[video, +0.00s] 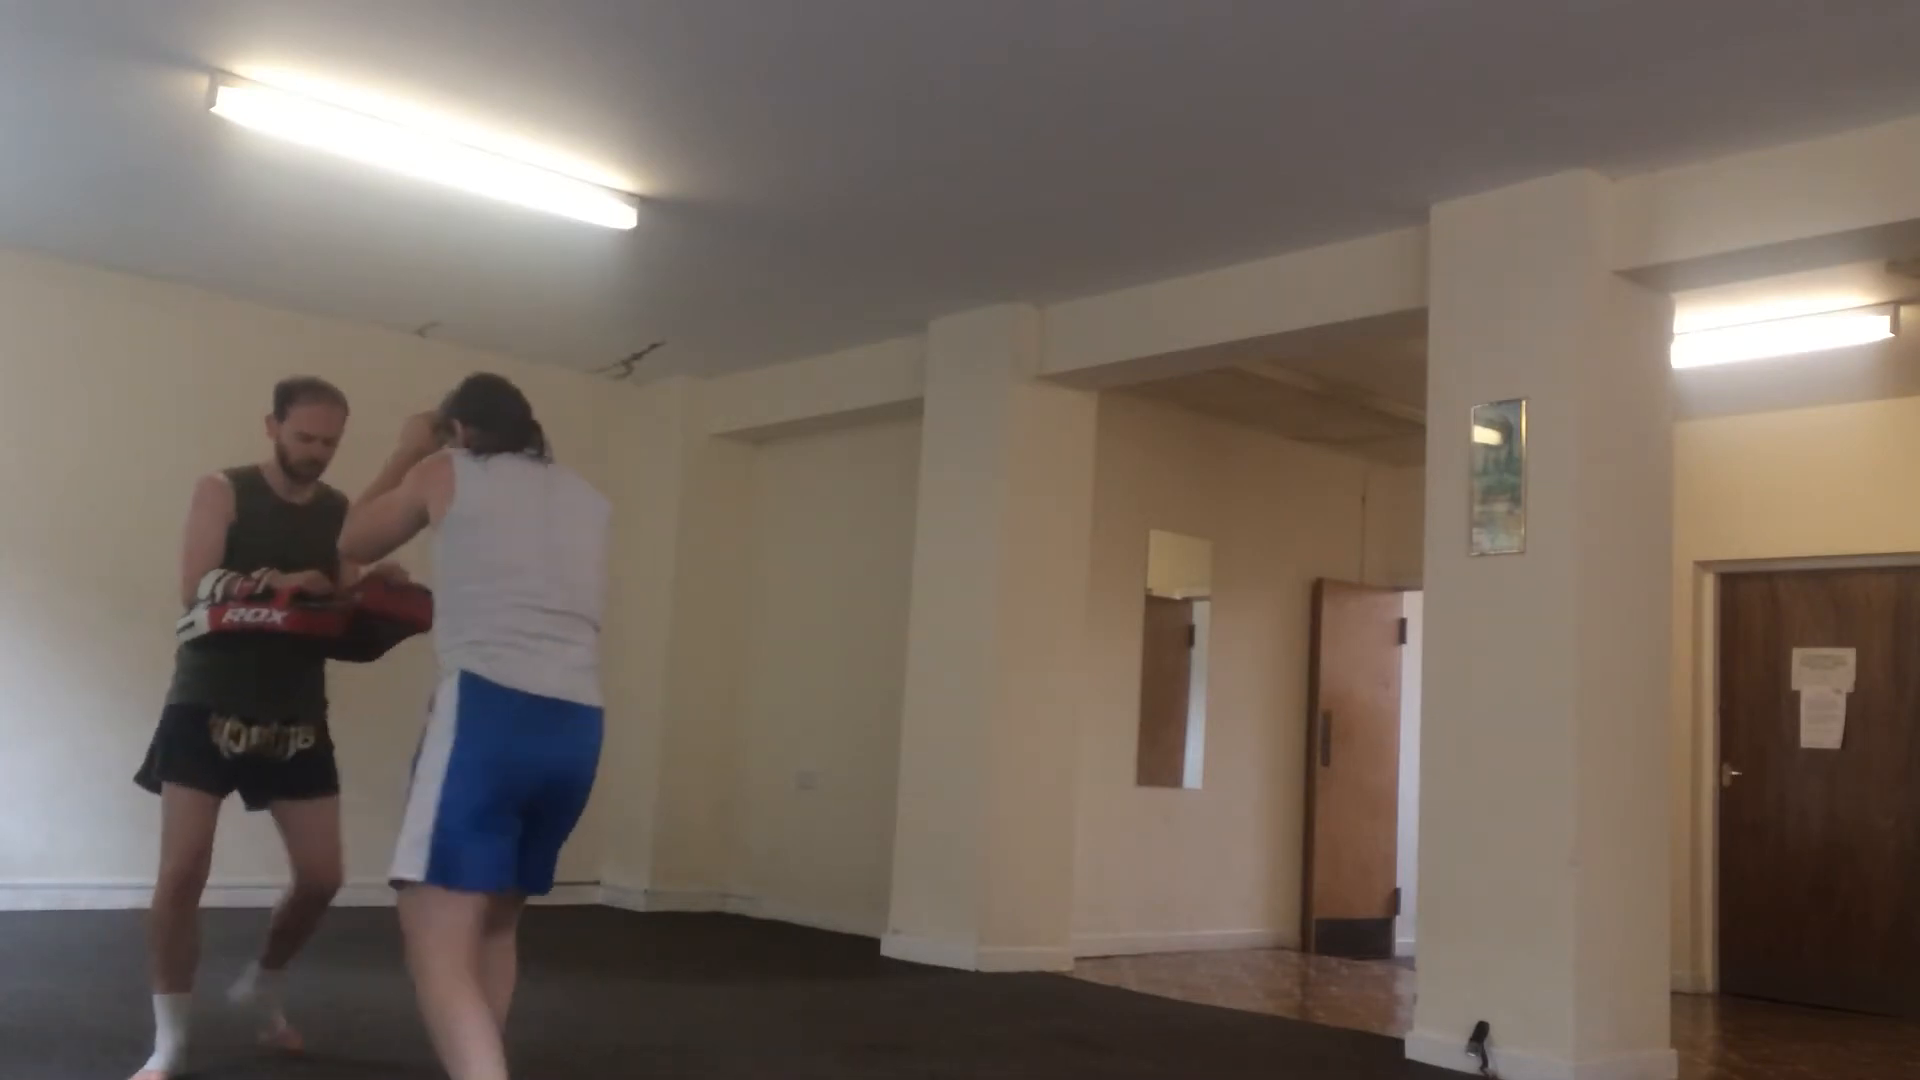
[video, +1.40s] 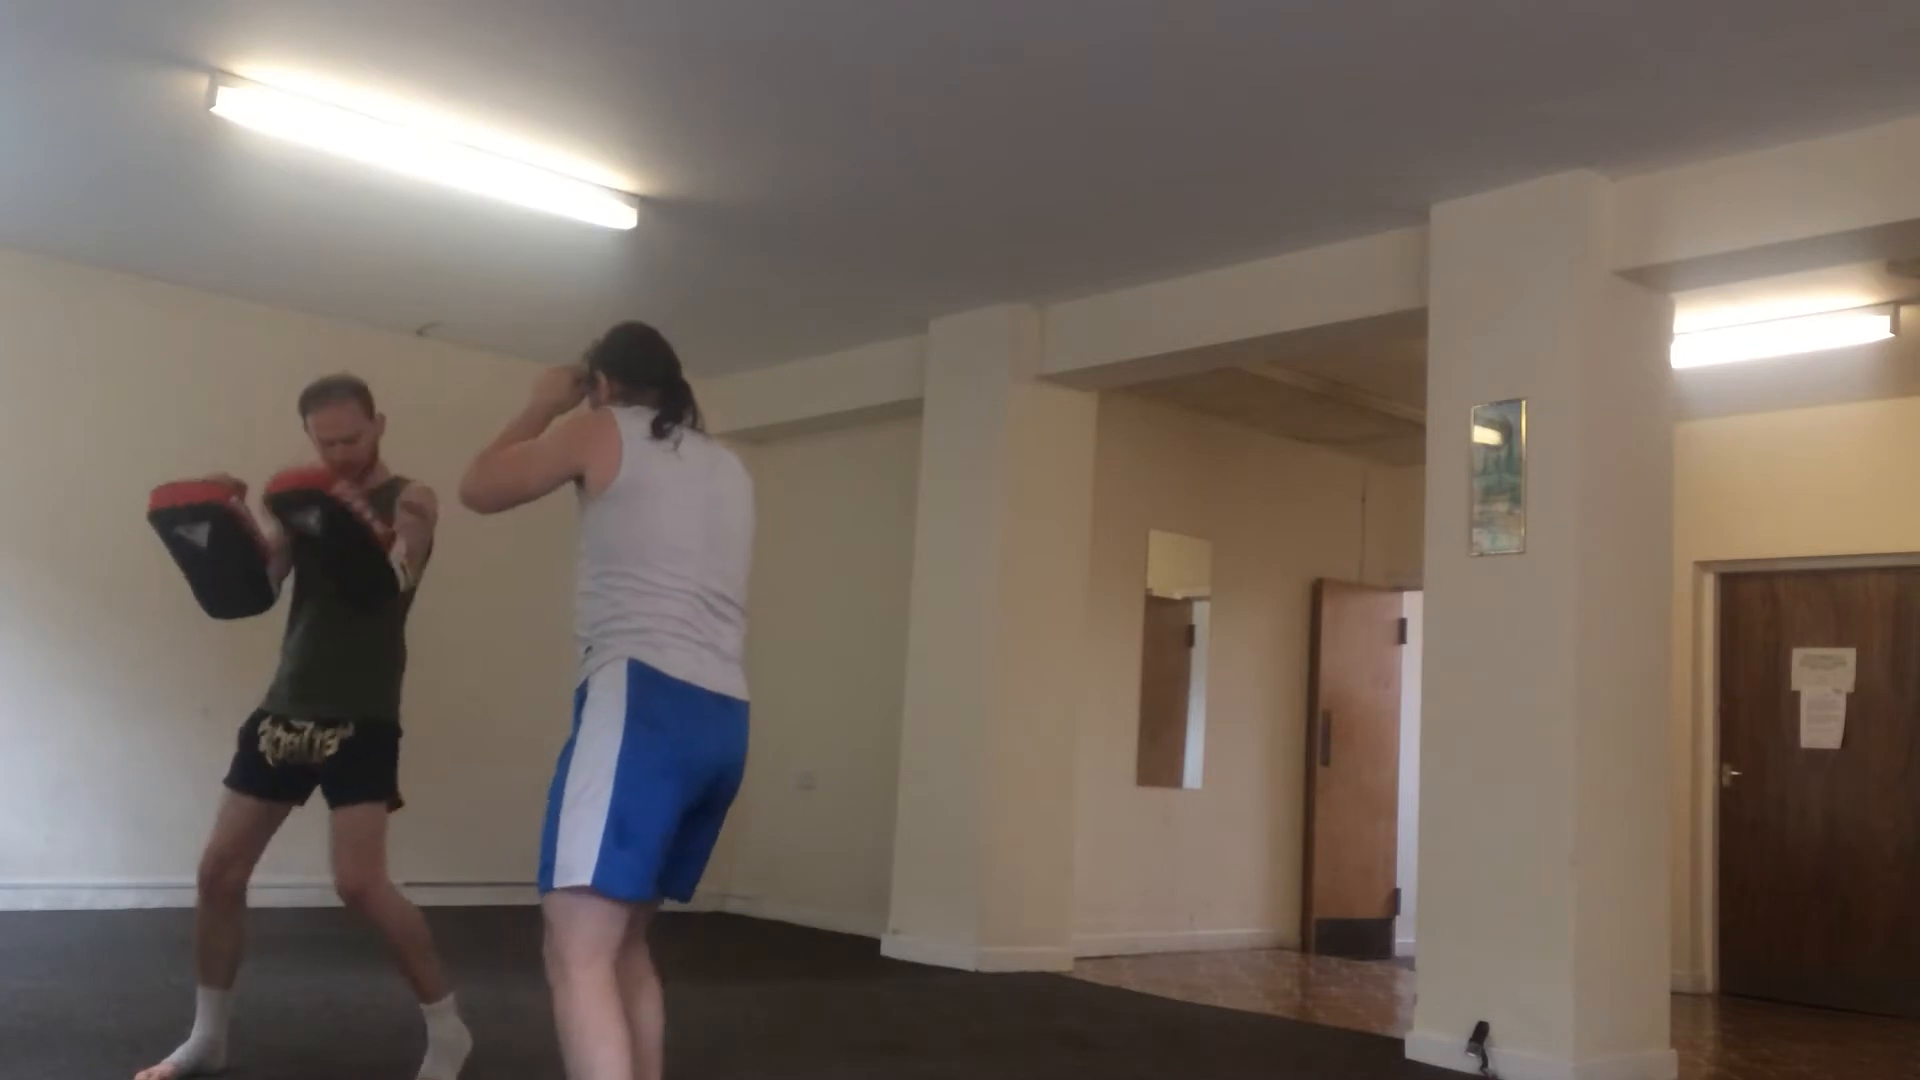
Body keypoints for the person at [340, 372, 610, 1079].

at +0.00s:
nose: (447, 444)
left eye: (447, 434)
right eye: (448, 434)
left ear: (461, 432)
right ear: (528, 431)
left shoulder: (451, 474)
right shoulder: (588, 499)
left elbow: (353, 540)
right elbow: (533, 601)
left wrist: (401, 455)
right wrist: (416, 595)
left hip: (484, 720)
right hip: (574, 732)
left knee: (441, 955)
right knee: (500, 924)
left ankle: (483, 1071)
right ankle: (475, 1070)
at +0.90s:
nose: (531, 422)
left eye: (530, 411)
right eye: (531, 410)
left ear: (545, 407)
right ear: (611, 406)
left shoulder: (553, 451)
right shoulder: (671, 481)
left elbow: (435, 514)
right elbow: (603, 560)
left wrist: (486, 431)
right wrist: (499, 547)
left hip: (598, 707)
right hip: (674, 727)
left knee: (554, 966)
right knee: (547, 961)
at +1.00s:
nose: (539, 422)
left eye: (539, 411)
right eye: (539, 410)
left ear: (554, 408)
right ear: (623, 408)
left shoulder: (559, 452)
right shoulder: (682, 484)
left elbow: (443, 514)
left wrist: (495, 431)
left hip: (603, 713)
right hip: (682, 732)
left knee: (543, 965)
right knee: (550, 957)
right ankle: (535, 1071)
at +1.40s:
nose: (585, 394)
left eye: (588, 382)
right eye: (586, 381)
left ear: (604, 383)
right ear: (676, 389)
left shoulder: (603, 432)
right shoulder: (730, 467)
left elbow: (480, 486)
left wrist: (538, 407)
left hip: (637, 701)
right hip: (719, 719)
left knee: (578, 951)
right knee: (626, 940)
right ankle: (645, 1072)